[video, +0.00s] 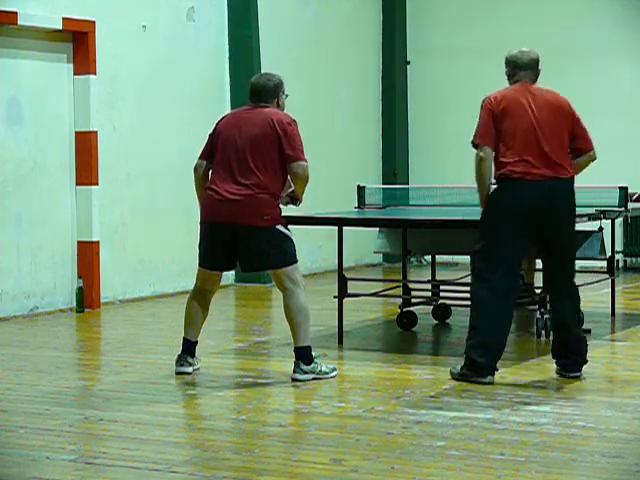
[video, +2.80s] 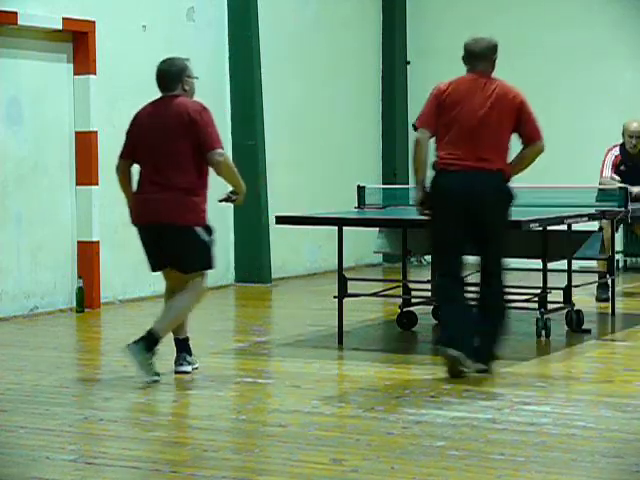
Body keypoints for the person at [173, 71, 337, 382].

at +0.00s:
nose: (286, 102)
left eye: (285, 98)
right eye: (285, 98)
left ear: (250, 98)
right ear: (278, 99)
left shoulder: (226, 121)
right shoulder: (283, 122)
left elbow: (201, 168)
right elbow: (299, 171)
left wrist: (207, 207)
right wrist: (297, 193)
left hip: (216, 216)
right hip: (261, 216)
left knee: (203, 288)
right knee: (292, 285)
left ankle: (186, 355)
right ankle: (304, 361)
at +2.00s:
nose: (265, 99)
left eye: (262, 95)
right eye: (263, 95)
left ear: (229, 98)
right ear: (259, 98)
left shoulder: (208, 123)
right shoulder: (275, 124)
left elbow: (177, 163)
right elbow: (326, 159)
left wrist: (166, 204)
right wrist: (321, 168)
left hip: (206, 216)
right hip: (252, 215)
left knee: (197, 287)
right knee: (286, 283)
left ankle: (185, 354)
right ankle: (305, 355)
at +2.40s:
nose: (244, 103)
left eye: (242, 98)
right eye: (242, 99)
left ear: (209, 105)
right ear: (235, 102)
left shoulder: (190, 135)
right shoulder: (253, 130)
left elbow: (158, 179)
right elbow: (291, 167)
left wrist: (147, 221)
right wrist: (298, 198)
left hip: (200, 228)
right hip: (245, 225)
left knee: (195, 287)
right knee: (282, 288)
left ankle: (185, 355)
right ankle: (305, 359)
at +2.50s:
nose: (227, 96)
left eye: (225, 91)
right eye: (225, 92)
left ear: (194, 97)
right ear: (220, 95)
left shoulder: (175, 128)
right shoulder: (235, 124)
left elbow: (147, 174)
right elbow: (258, 162)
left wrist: (140, 213)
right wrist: (278, 195)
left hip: (186, 222)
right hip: (230, 219)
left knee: (189, 287)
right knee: (264, 283)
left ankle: (185, 355)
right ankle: (293, 354)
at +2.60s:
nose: (215, 89)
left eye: (213, 85)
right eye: (213, 85)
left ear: (183, 89)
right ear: (205, 88)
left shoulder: (162, 121)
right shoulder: (219, 116)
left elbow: (137, 167)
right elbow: (237, 157)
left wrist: (139, 206)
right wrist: (261, 193)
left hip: (173, 218)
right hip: (215, 215)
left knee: (185, 284)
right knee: (245, 278)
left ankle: (184, 355)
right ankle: (246, 354)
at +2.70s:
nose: (204, 84)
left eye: (202, 79)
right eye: (201, 80)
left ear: (172, 84)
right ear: (193, 83)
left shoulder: (152, 116)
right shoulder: (206, 111)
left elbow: (131, 167)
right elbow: (224, 155)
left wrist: (138, 204)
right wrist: (248, 187)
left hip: (161, 214)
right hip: (201, 212)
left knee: (180, 282)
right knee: (223, 281)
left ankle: (183, 355)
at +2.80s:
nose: (195, 84)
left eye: (193, 79)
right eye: (192, 79)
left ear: (163, 83)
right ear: (184, 82)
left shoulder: (143, 115)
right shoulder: (195, 111)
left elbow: (123, 166)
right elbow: (217, 159)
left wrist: (132, 200)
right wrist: (240, 187)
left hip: (147, 214)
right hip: (184, 213)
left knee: (173, 282)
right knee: (197, 285)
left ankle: (183, 354)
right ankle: (146, 344)